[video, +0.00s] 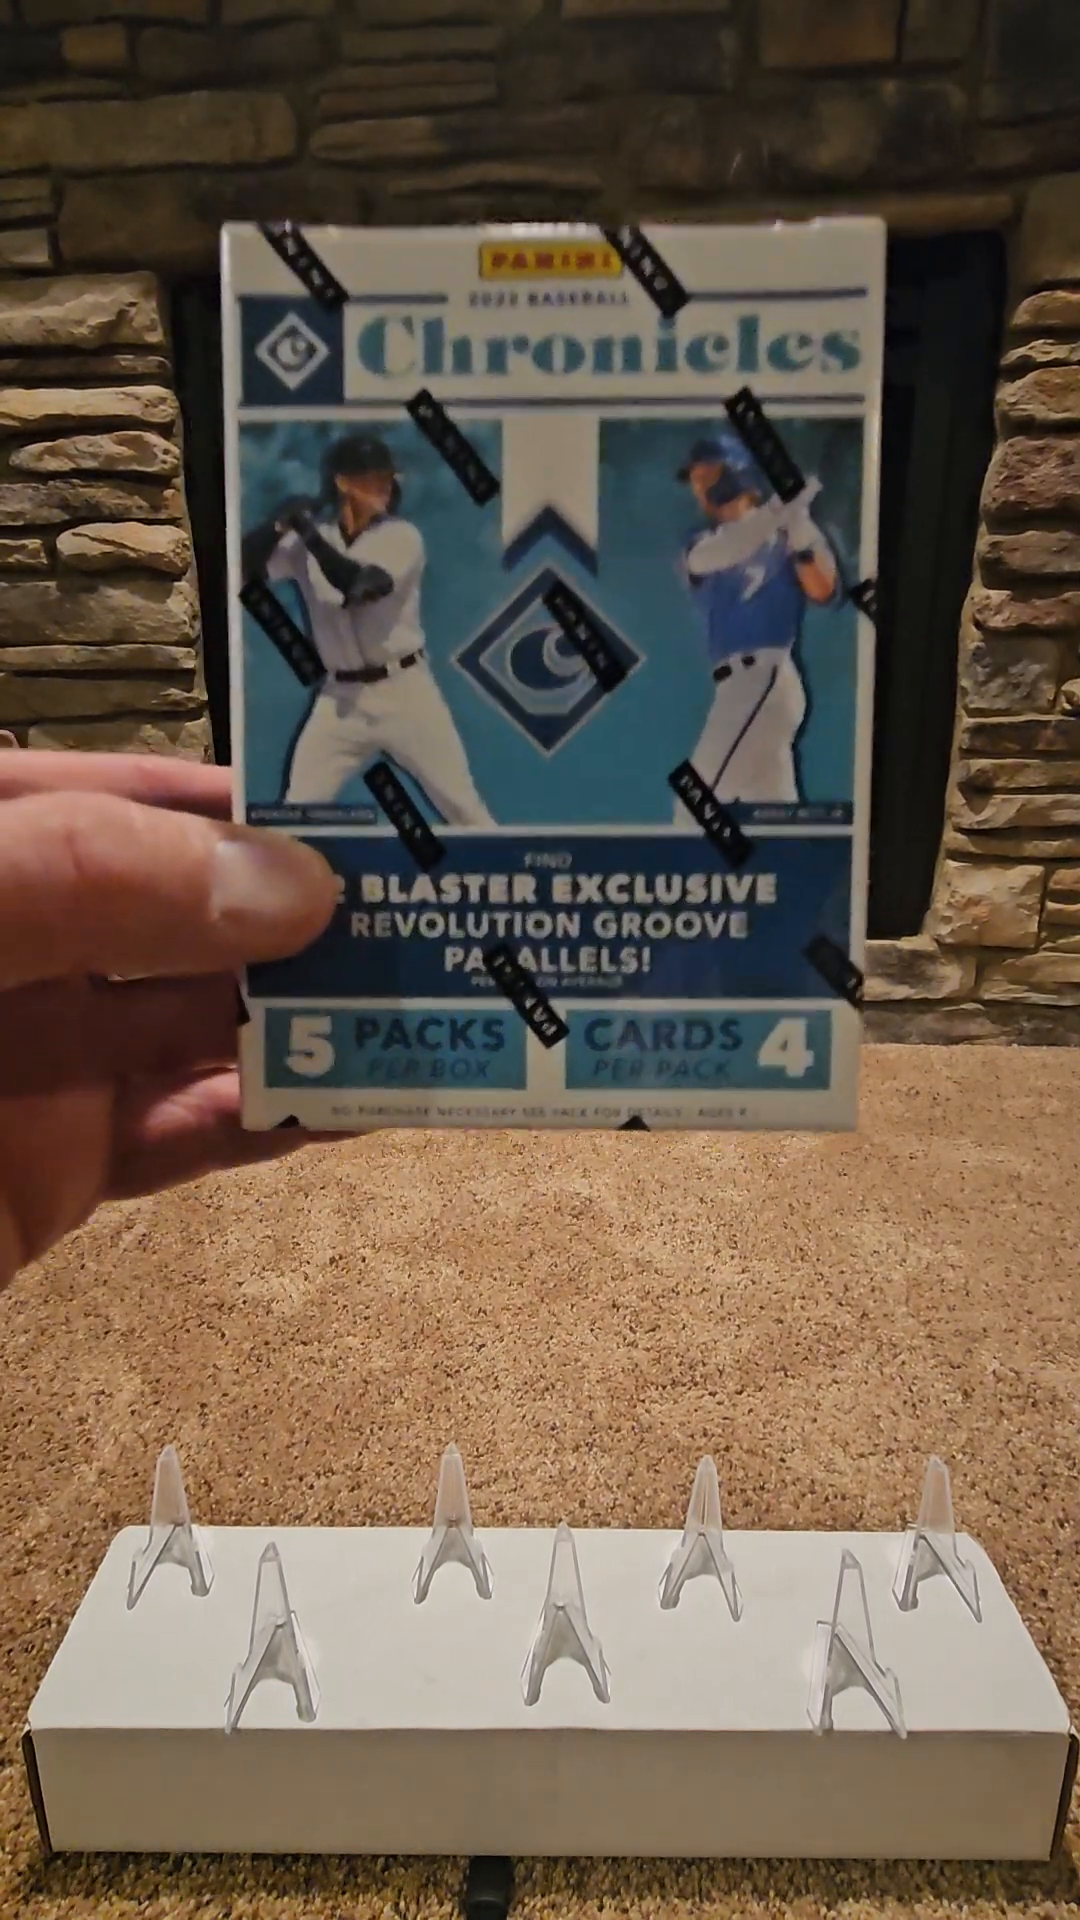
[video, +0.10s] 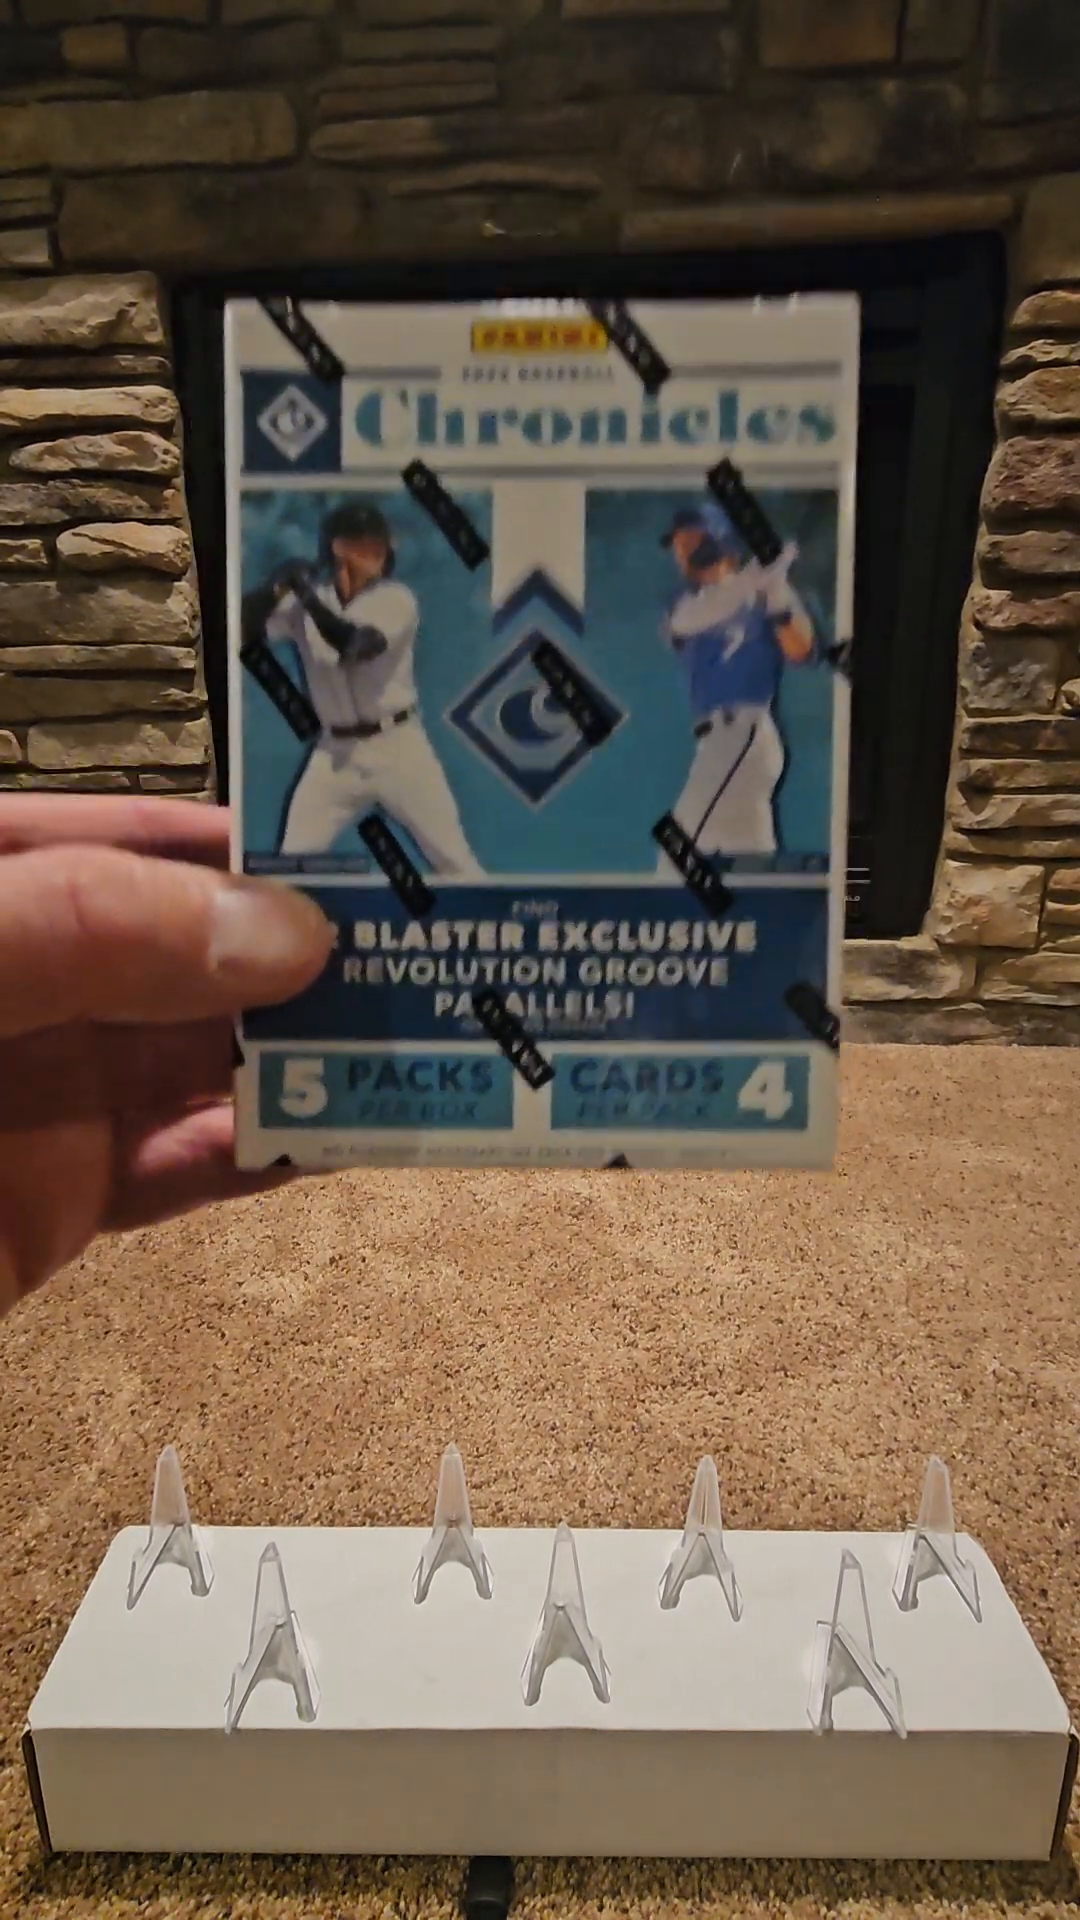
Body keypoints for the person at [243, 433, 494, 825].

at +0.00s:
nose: (384, 483)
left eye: (387, 475)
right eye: (371, 474)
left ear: (393, 482)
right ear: (343, 483)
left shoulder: (401, 536)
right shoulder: (306, 543)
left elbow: (359, 588)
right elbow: (244, 569)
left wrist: (306, 532)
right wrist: (277, 525)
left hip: (407, 692)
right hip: (340, 699)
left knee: (462, 806)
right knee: (299, 815)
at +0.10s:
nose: (374, 549)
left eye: (379, 541)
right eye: (362, 540)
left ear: (387, 549)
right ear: (337, 547)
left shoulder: (396, 599)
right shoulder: (304, 604)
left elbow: (355, 646)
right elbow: (245, 631)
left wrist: (306, 595)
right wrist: (274, 589)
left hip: (399, 747)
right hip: (334, 753)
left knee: (454, 861)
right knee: (294, 864)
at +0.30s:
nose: (371, 597)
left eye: (372, 589)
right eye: (360, 589)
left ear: (376, 595)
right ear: (330, 596)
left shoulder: (383, 646)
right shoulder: (294, 652)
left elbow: (342, 691)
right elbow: (238, 673)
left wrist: (296, 640)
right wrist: (266, 634)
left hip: (386, 791)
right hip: (323, 796)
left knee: (439, 899)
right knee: (282, 903)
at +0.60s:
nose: (383, 640)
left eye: (385, 632)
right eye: (372, 633)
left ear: (391, 637)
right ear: (344, 640)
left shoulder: (400, 688)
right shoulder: (309, 697)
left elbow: (359, 733)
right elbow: (251, 718)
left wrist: (312, 685)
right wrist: (284, 679)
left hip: (404, 831)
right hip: (342, 837)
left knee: (458, 937)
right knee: (303, 943)